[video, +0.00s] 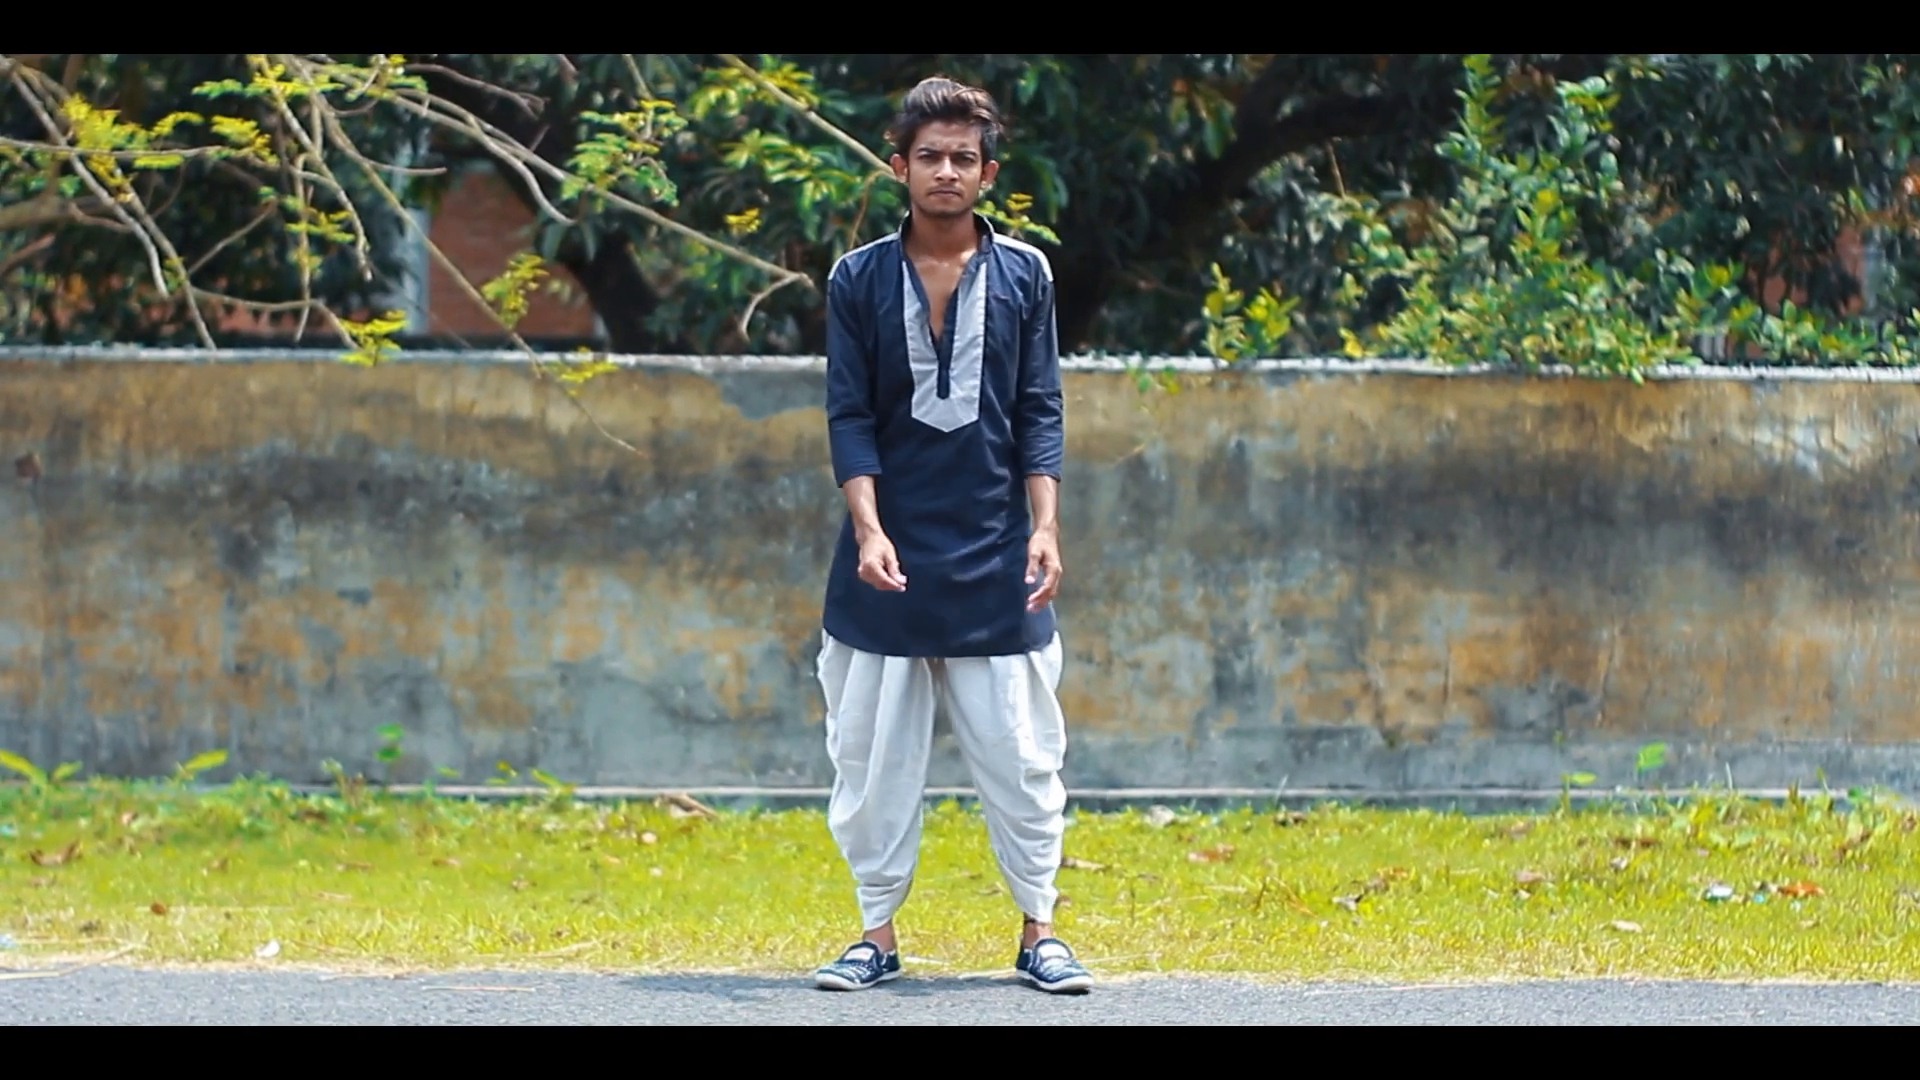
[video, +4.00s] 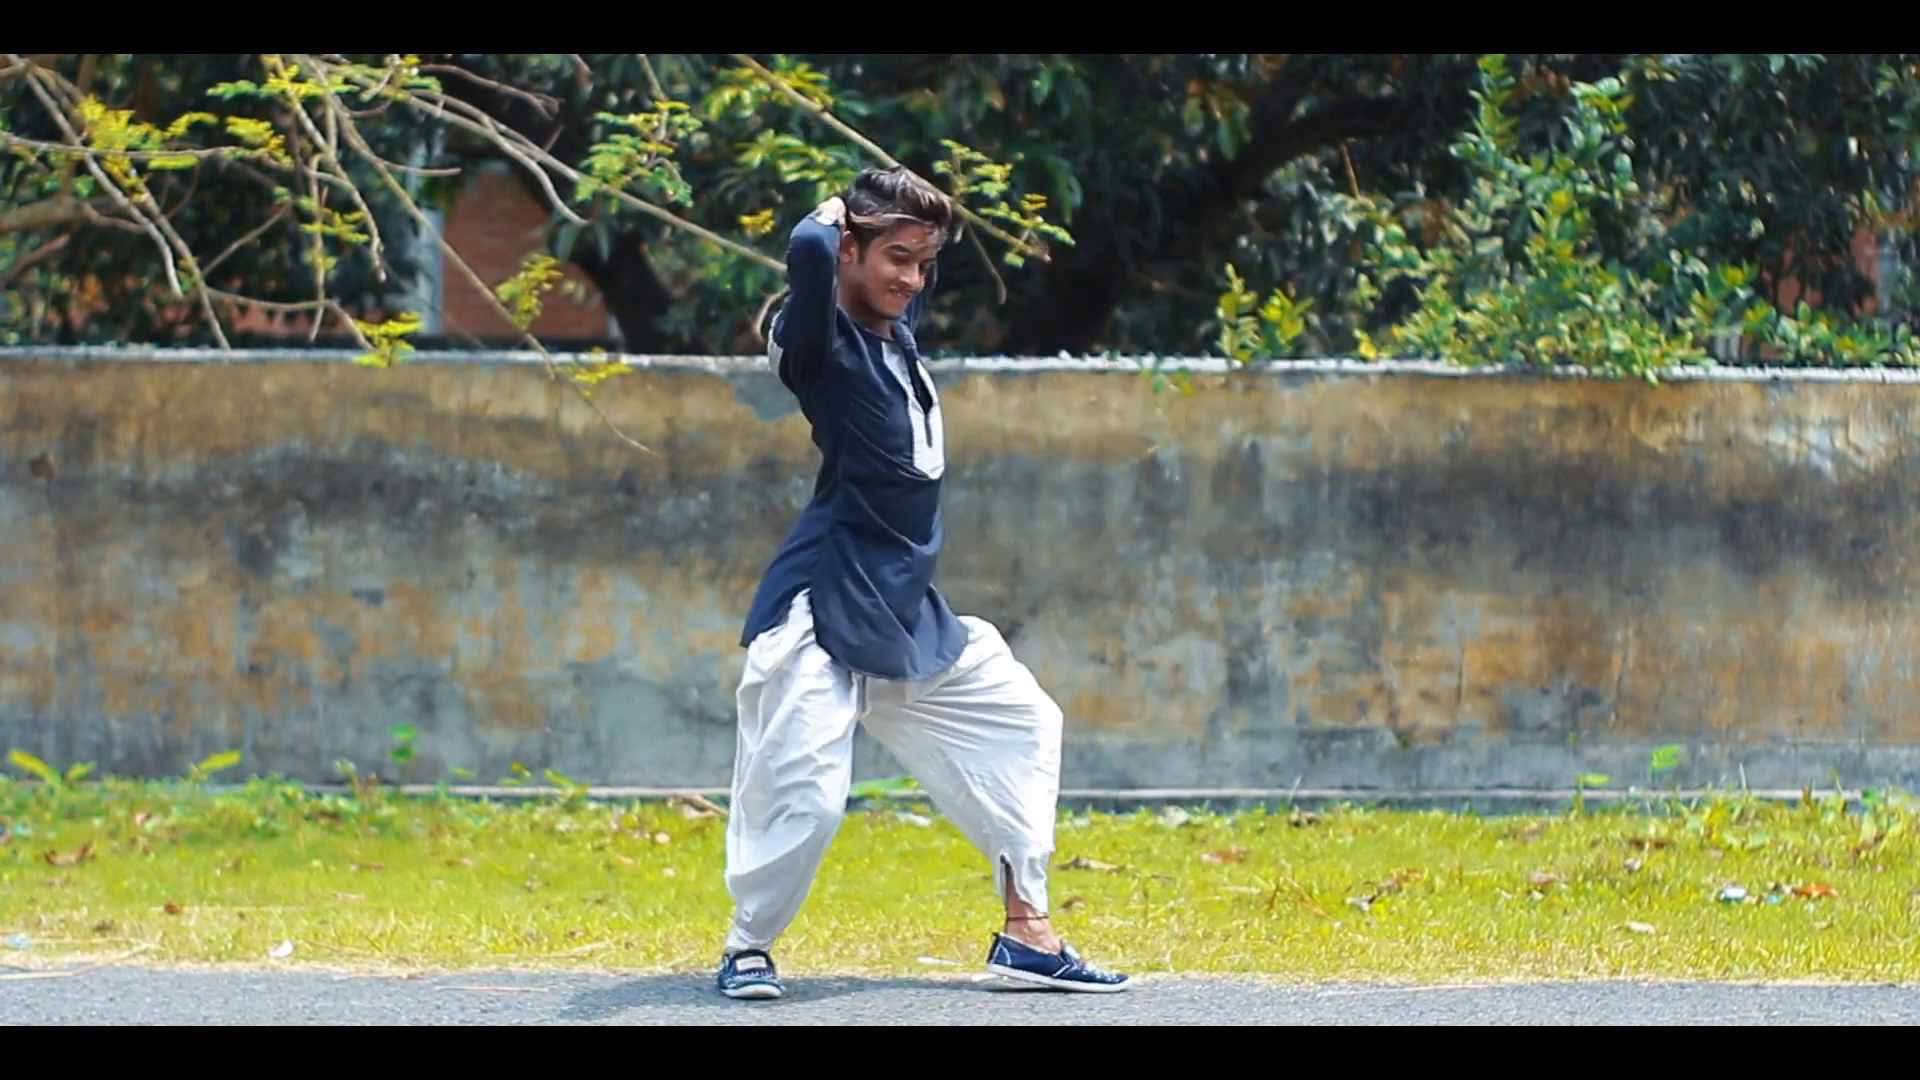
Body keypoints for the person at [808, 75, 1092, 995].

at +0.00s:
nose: (947, 173)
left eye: (964, 159)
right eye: (931, 158)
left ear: (986, 170)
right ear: (902, 167)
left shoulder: (1023, 273)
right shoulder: (858, 277)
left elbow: (1041, 408)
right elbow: (848, 414)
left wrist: (1043, 521)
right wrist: (867, 525)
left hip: (994, 540)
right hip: (886, 541)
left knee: (1020, 742)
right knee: (871, 745)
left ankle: (1039, 934)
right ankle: (877, 937)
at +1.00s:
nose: (988, 173)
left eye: (1005, 158)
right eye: (972, 158)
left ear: (1031, 169)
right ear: (948, 169)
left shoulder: (1079, 273)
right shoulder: (902, 275)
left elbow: (1130, 396)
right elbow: (856, 388)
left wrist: (1120, 507)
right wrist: (851, 503)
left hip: (1036, 547)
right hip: (926, 546)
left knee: (1043, 750)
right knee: (907, 747)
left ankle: (1044, 935)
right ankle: (910, 933)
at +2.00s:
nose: (1095, 199)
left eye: (1112, 182)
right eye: (1085, 183)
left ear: (1163, 175)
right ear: (1083, 180)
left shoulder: (1201, 247)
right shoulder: (1100, 240)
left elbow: (1301, 199)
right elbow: (1062, 178)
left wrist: (1233, 134)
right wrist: (1083, 118)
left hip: (1137, 544)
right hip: (1057, 536)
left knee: (1149, 747)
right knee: (974, 700)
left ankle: (1220, 936)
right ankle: (961, 913)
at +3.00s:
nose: (1156, 225)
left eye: (1175, 213)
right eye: (1141, 212)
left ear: (1203, 237)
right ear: (1117, 232)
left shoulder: (1235, 348)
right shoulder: (1076, 336)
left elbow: (1304, 464)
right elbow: (1021, 450)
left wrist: (1415, 410)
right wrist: (915, 401)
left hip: (1167, 611)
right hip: (1058, 599)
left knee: (1192, 788)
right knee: (948, 758)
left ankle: (1226, 965)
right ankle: (935, 944)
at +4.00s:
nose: (913, 280)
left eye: (925, 265)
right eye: (899, 260)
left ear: (930, 264)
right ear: (851, 254)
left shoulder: (892, 332)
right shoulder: (823, 344)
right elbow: (811, 262)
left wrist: (846, 208)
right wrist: (826, 222)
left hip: (907, 604)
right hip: (824, 597)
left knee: (1027, 723)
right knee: (805, 787)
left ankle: (1026, 930)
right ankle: (748, 949)